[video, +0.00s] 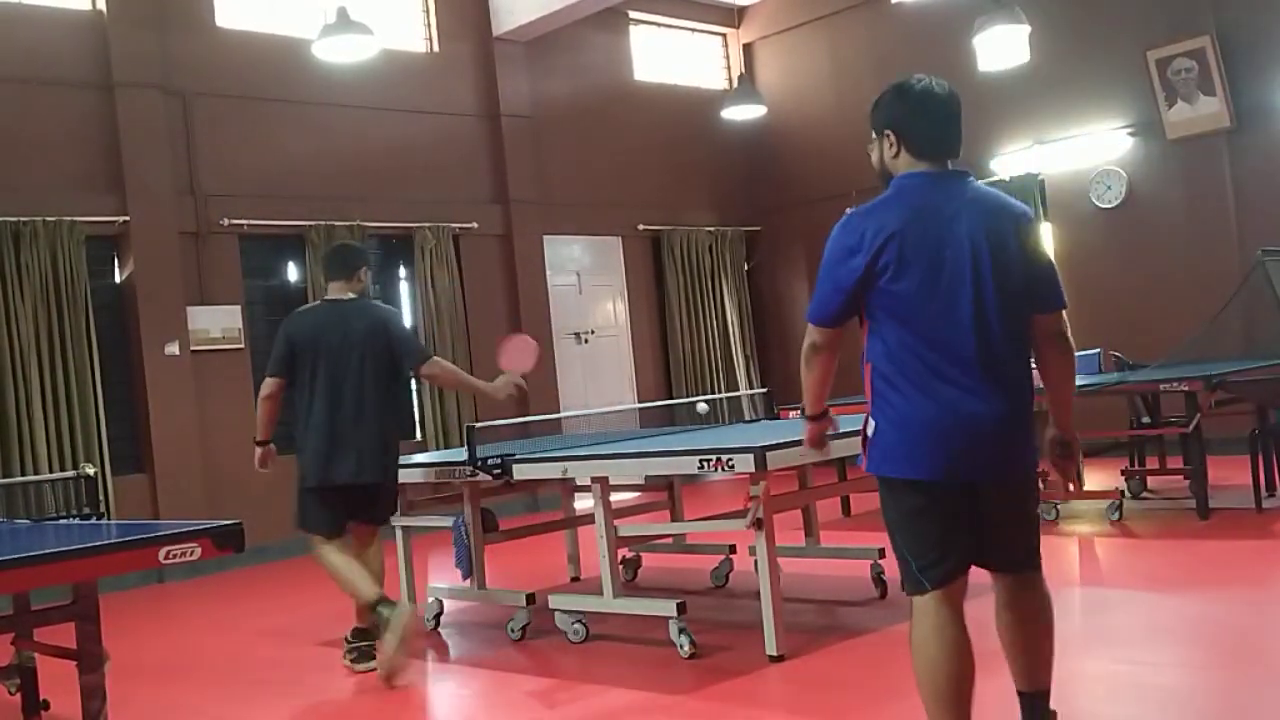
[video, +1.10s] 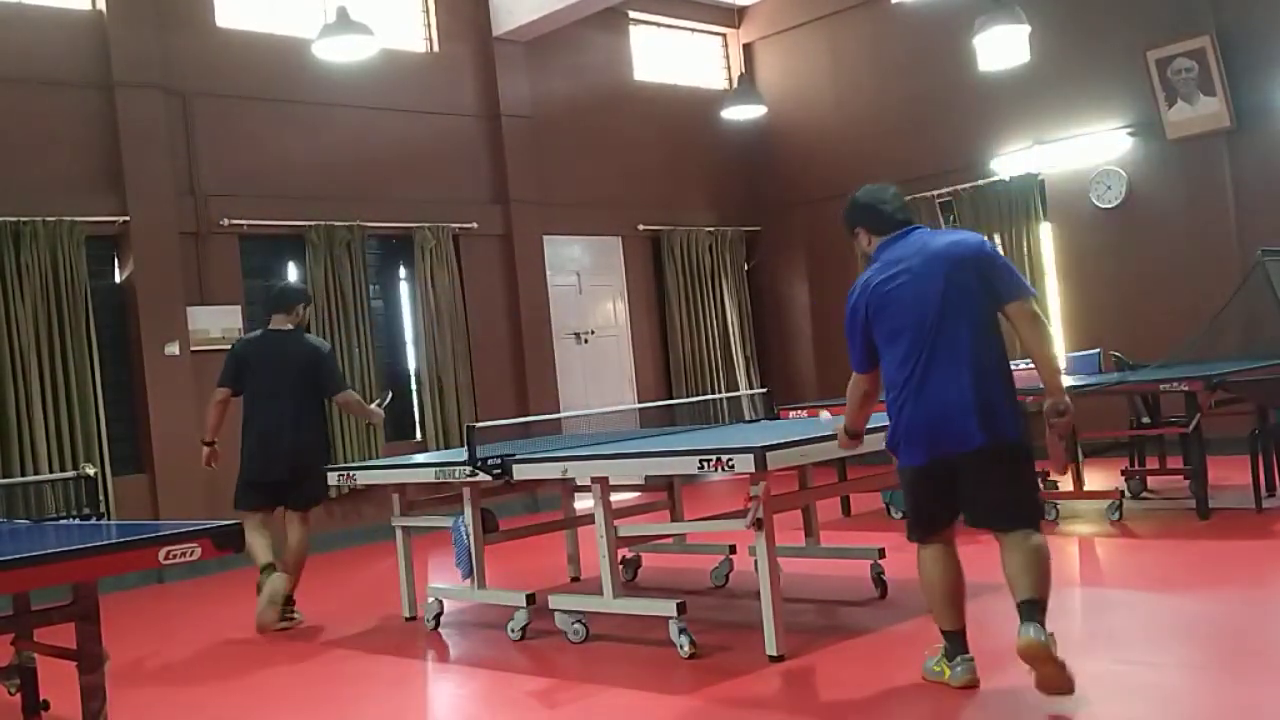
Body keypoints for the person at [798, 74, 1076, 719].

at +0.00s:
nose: (871, 153)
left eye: (872, 140)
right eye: (872, 141)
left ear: (891, 141)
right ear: (955, 139)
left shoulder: (864, 226)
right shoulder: (1013, 216)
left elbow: (822, 341)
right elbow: (1051, 334)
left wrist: (814, 416)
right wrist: (1063, 429)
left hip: (912, 447)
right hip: (1005, 438)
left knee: (935, 595)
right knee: (1018, 572)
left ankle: (948, 719)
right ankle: (1038, 711)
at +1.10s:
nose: (858, 251)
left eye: (855, 241)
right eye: (855, 242)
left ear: (866, 234)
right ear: (908, 218)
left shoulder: (867, 287)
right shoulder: (971, 246)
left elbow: (865, 379)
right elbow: (1025, 315)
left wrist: (850, 427)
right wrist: (1055, 391)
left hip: (921, 439)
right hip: (991, 424)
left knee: (933, 538)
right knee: (1019, 529)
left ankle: (956, 656)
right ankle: (1032, 625)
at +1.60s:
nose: (863, 231)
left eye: (867, 218)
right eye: (860, 221)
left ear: (901, 209)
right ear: (917, 210)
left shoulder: (891, 268)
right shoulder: (983, 248)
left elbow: (868, 364)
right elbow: (1026, 320)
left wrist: (872, 352)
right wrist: (1022, 387)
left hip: (940, 421)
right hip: (1002, 410)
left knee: (939, 530)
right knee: (1004, 515)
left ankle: (957, 654)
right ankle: (1029, 618)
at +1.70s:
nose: (887, 221)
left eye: (895, 210)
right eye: (886, 212)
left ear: (928, 206)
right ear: (936, 209)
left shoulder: (922, 263)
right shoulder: (994, 252)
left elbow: (896, 347)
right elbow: (1010, 331)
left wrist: (864, 369)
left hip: (953, 425)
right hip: (1011, 417)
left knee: (946, 532)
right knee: (1008, 519)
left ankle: (957, 654)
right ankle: (1037, 628)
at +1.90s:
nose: (935, 207)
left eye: (944, 197)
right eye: (933, 199)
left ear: (977, 196)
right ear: (973, 201)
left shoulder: (983, 248)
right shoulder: (1000, 244)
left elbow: (986, 327)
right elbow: (997, 330)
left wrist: (912, 357)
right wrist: (939, 359)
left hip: (992, 412)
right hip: (1030, 407)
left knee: (968, 515)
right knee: (1019, 513)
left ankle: (980, 638)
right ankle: (1036, 631)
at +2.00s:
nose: (957, 202)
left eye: (968, 192)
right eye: (955, 194)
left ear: (1000, 193)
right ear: (976, 198)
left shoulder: (1006, 244)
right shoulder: (1007, 242)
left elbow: (1017, 321)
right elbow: (1013, 327)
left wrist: (943, 347)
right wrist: (968, 377)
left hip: (1006, 411)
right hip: (1027, 408)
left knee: (984, 510)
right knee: (1028, 512)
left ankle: (1032, 625)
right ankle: (1038, 625)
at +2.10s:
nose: (983, 198)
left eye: (993, 188)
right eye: (981, 190)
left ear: (1026, 191)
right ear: (990, 196)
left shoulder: (1035, 246)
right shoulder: (1011, 248)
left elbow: (1039, 325)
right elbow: (1011, 334)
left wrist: (962, 336)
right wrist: (979, 388)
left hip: (1030, 409)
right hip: (1010, 408)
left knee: (1017, 511)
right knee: (1027, 512)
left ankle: (1098, 608)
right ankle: (1037, 626)